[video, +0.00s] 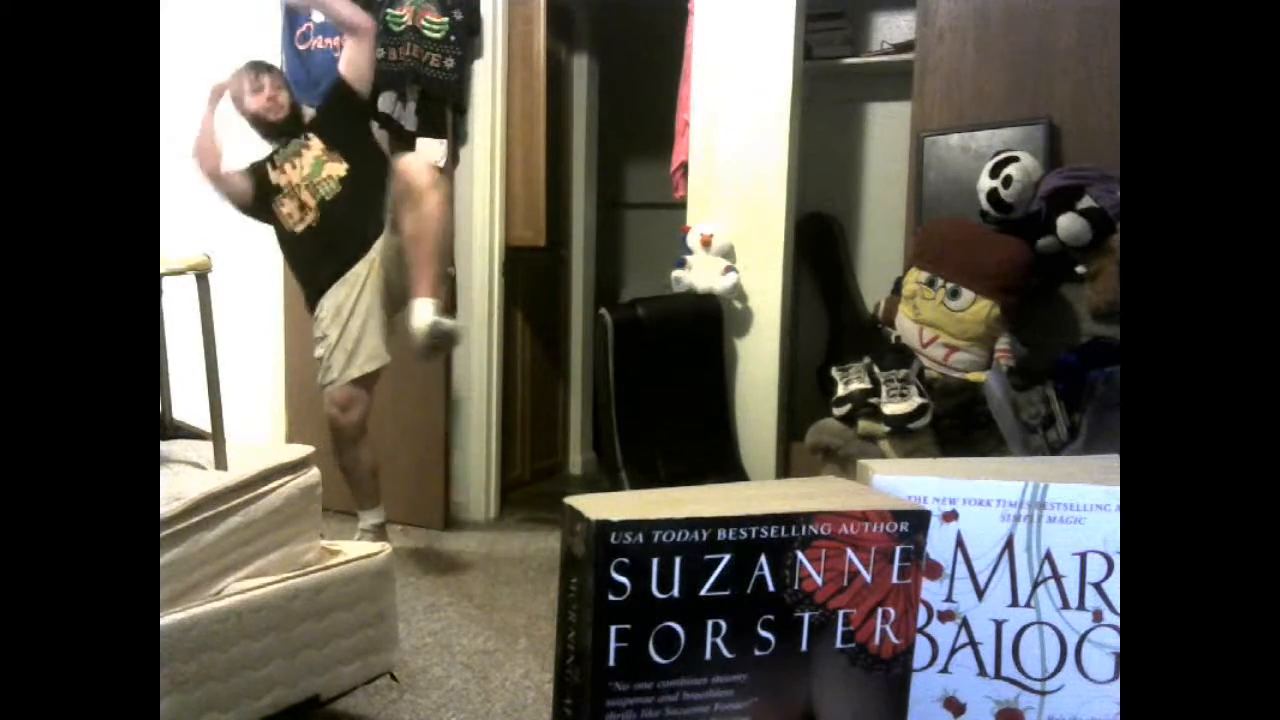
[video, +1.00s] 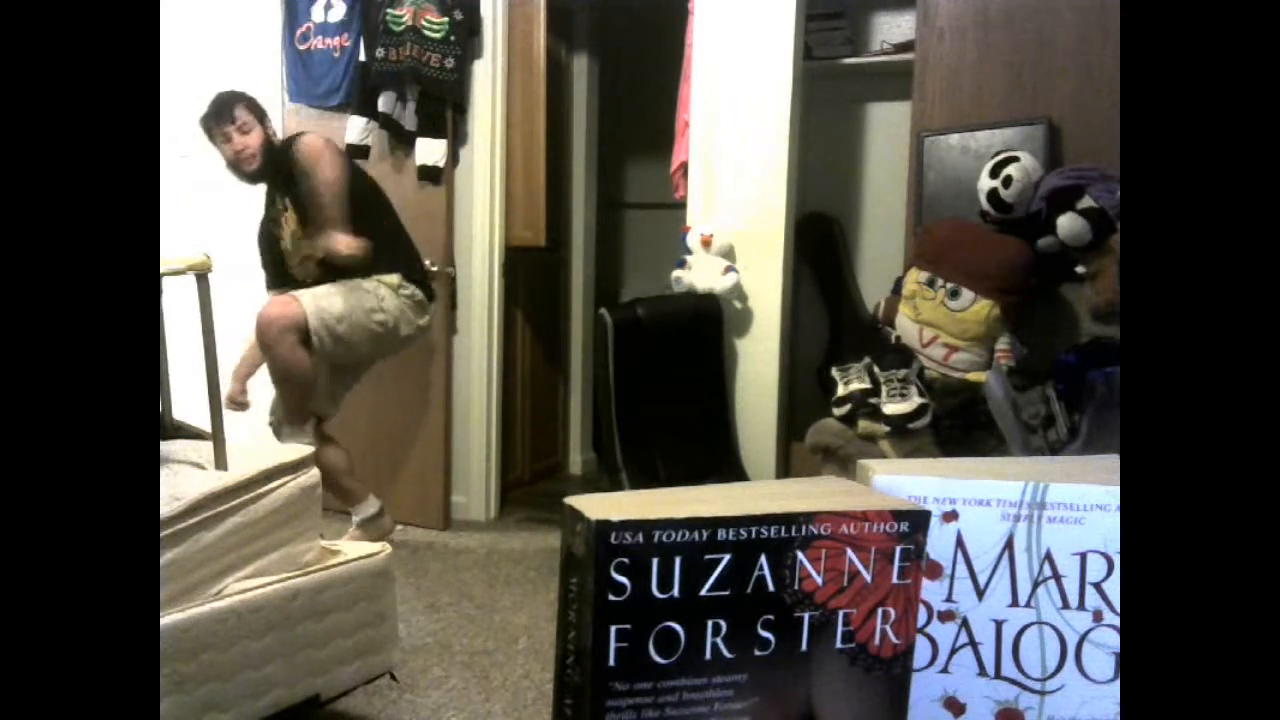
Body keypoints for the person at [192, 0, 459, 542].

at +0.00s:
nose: (262, 92)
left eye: (265, 81)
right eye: (251, 92)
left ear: (286, 85)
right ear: (247, 114)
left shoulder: (339, 114)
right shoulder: (262, 182)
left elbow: (362, 28)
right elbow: (210, 168)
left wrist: (311, 4)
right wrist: (212, 103)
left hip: (390, 250)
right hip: (337, 297)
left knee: (415, 168)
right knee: (344, 414)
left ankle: (425, 311)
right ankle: (372, 524)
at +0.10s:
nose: (260, 82)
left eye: (266, 70)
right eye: (249, 78)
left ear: (286, 70)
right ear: (240, 94)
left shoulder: (329, 95)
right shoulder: (267, 175)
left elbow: (346, 15)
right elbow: (220, 225)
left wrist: (289, 9)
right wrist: (196, 176)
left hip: (399, 234)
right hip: (345, 278)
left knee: (384, 157)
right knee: (358, 404)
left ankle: (402, 300)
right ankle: (375, 518)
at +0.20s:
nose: (258, 82)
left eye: (264, 69)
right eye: (244, 79)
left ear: (282, 70)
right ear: (236, 96)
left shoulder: (324, 95)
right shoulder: (265, 177)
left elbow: (336, 24)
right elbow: (237, 248)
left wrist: (300, 19)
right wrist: (212, 224)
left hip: (409, 236)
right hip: (353, 277)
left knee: (362, 162)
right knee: (363, 405)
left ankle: (391, 301)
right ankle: (376, 523)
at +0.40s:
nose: (246, 103)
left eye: (251, 89)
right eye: (234, 100)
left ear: (271, 88)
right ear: (228, 115)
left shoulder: (311, 117)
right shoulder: (278, 188)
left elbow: (329, 158)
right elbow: (285, 274)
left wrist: (297, 195)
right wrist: (251, 300)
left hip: (410, 245)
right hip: (355, 276)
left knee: (327, 210)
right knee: (333, 399)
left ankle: (359, 343)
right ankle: (369, 517)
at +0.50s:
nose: (245, 114)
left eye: (250, 100)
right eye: (234, 111)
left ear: (272, 96)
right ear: (232, 125)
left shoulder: (312, 123)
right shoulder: (282, 188)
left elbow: (313, 147)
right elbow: (297, 284)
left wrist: (297, 179)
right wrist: (258, 354)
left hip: (412, 260)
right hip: (356, 292)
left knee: (320, 234)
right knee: (296, 387)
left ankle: (329, 369)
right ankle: (350, 500)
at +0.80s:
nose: (241, 146)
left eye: (246, 131)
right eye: (228, 141)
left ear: (267, 129)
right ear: (222, 153)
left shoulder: (302, 151)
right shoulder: (274, 232)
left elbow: (343, 159)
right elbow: (285, 310)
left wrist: (359, 226)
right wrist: (234, 375)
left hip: (396, 296)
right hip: (349, 321)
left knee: (276, 316)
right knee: (300, 418)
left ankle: (289, 422)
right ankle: (365, 511)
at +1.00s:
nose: (237, 146)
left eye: (243, 130)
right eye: (225, 140)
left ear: (266, 127)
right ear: (219, 151)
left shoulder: (305, 150)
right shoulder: (272, 228)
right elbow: (283, 303)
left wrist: (326, 236)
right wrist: (244, 372)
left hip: (397, 293)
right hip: (350, 312)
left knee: (277, 318)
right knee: (305, 421)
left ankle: (295, 421)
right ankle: (369, 512)